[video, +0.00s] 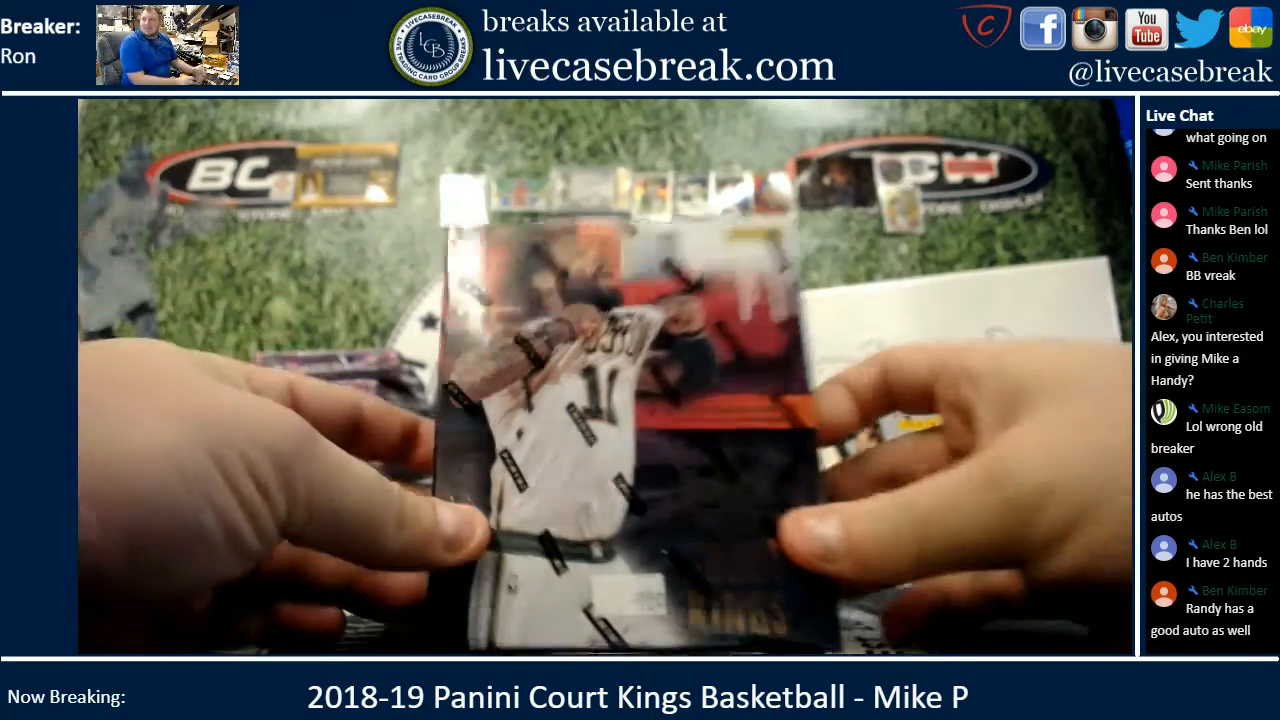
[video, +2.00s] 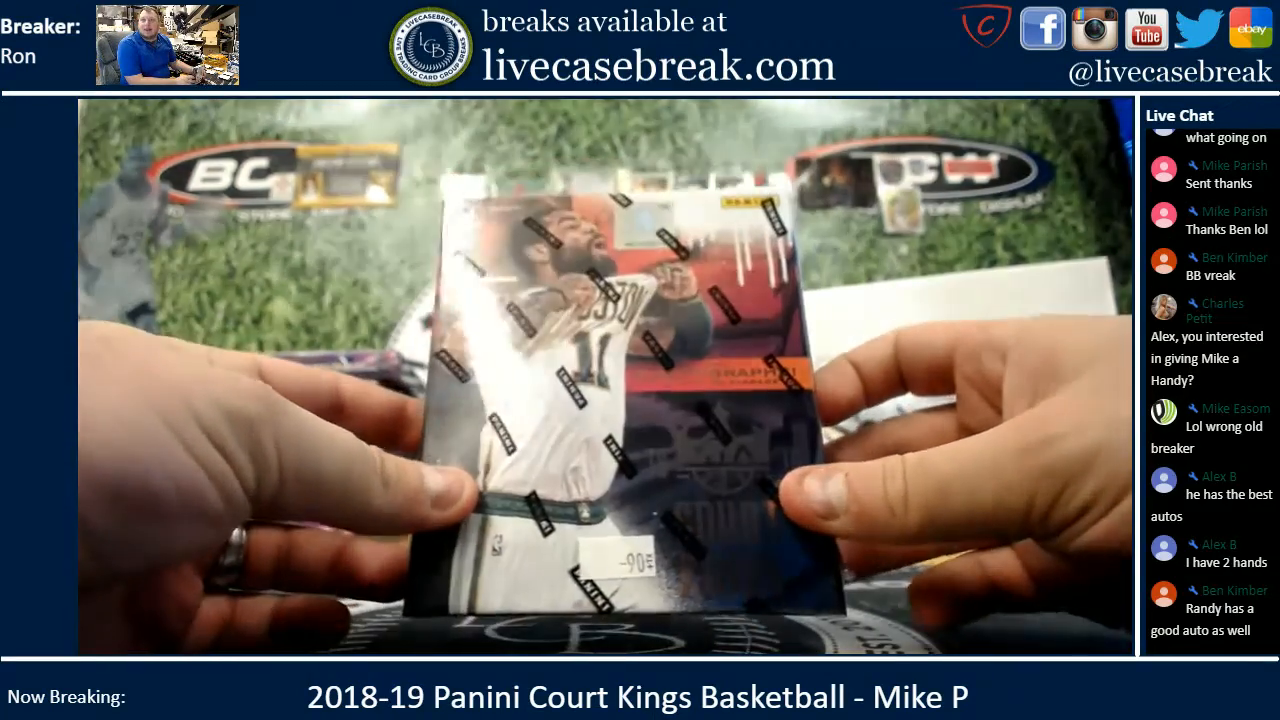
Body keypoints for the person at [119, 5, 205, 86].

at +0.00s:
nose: (147, 24)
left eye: (152, 20)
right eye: (144, 20)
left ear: (160, 22)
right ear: (139, 21)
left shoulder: (164, 39)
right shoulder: (131, 43)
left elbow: (174, 61)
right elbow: (137, 79)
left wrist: (193, 70)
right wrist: (177, 81)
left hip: (166, 90)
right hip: (141, 94)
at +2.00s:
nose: (147, 24)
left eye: (152, 20)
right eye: (143, 20)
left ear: (159, 24)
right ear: (138, 23)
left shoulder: (164, 40)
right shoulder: (128, 45)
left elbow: (174, 63)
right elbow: (136, 81)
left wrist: (194, 71)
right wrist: (177, 81)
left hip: (167, 92)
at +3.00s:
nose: (132, 29)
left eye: (137, 25)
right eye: (130, 25)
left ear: (151, 25)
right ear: (128, 25)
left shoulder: (164, 40)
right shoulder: (123, 46)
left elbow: (175, 61)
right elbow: (122, 80)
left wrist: (195, 70)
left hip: (163, 96)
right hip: (134, 98)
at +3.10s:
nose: (130, 30)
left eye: (134, 25)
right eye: (128, 25)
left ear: (149, 24)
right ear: (127, 25)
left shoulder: (164, 41)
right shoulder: (121, 45)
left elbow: (175, 60)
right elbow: (112, 78)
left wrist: (196, 69)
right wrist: (145, 81)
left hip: (162, 97)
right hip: (132, 100)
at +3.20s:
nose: (127, 30)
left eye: (131, 26)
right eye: (126, 26)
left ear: (145, 26)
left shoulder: (163, 41)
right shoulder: (119, 45)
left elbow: (177, 60)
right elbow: (107, 76)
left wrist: (197, 69)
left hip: (161, 97)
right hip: (130, 100)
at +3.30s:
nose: (125, 31)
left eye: (129, 27)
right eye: (124, 27)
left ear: (143, 26)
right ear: (123, 27)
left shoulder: (162, 41)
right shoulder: (118, 45)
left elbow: (177, 59)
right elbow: (102, 69)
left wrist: (197, 70)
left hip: (160, 98)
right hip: (128, 100)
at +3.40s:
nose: (123, 30)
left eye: (126, 26)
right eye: (122, 26)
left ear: (141, 26)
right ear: (120, 27)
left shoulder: (161, 41)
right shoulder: (115, 45)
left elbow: (178, 58)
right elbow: (101, 70)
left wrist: (197, 70)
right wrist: (94, 73)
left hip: (158, 100)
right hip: (126, 101)